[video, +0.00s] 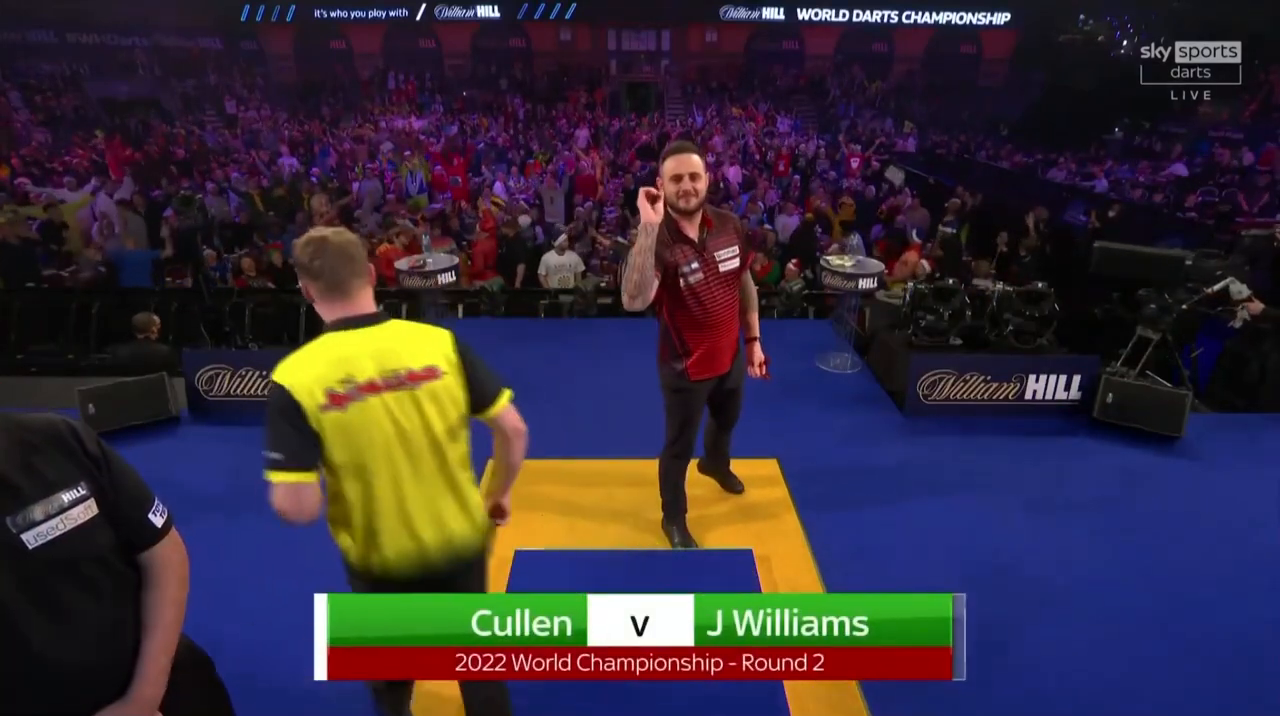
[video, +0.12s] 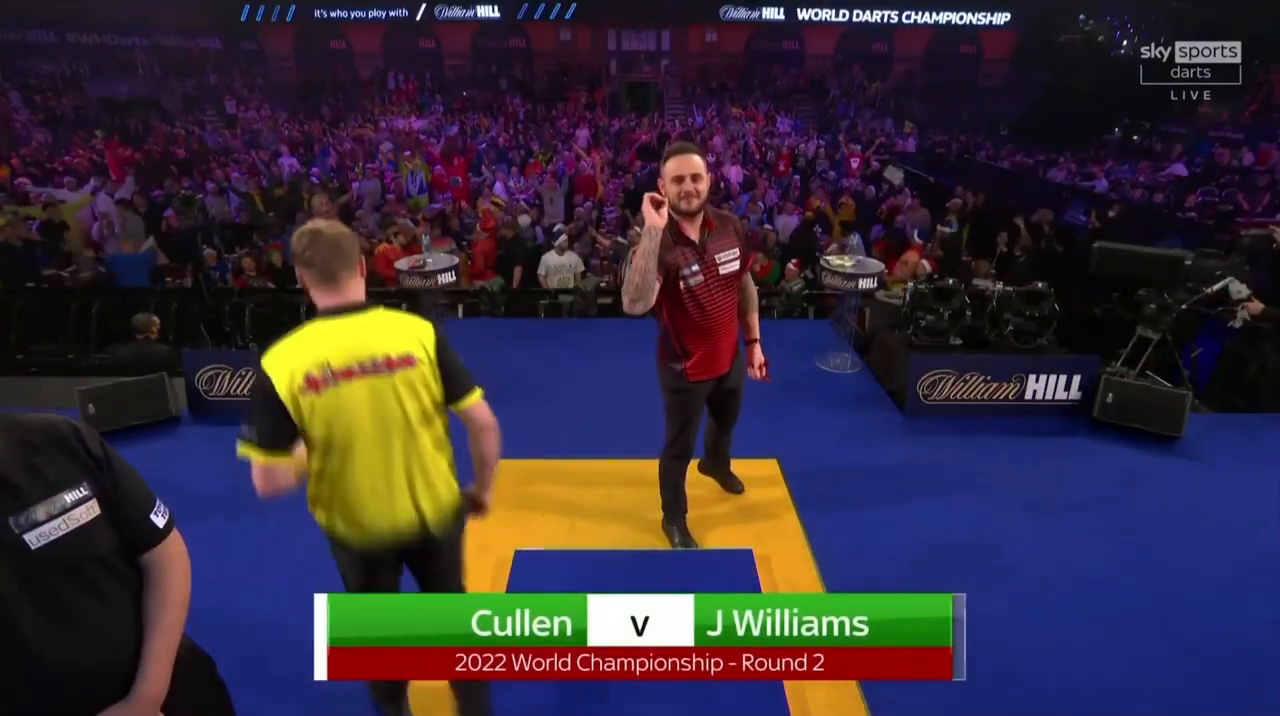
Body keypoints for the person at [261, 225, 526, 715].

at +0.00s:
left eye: (302, 283)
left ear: (308, 291)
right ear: (372, 275)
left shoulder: (296, 377)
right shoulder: (440, 343)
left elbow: (296, 505)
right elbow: (513, 430)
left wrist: (336, 476)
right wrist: (497, 495)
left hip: (379, 564)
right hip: (462, 548)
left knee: (391, 689)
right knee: (482, 674)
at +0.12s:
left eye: (304, 272)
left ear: (302, 280)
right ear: (363, 268)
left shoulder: (281, 363)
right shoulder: (419, 333)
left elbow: (268, 481)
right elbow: (484, 422)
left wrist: (313, 445)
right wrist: (483, 489)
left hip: (357, 529)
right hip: (434, 515)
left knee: (378, 633)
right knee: (457, 626)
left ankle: (392, 705)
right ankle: (474, 704)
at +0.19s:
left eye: (304, 267)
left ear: (303, 274)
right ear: (363, 262)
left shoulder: (280, 352)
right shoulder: (416, 326)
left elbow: (266, 467)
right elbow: (475, 417)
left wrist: (310, 434)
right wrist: (473, 481)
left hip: (352, 520)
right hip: (427, 505)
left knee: (377, 623)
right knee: (447, 607)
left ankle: (392, 705)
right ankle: (464, 704)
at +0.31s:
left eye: (307, 245)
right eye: (369, 242)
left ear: (309, 251)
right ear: (367, 245)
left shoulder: (281, 319)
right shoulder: (410, 310)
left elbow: (269, 419)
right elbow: (460, 404)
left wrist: (315, 398)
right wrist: (459, 454)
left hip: (342, 485)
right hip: (415, 473)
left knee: (372, 593)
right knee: (424, 537)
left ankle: (391, 701)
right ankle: (433, 633)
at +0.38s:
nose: (373, 246)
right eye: (374, 239)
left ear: (320, 244)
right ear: (374, 242)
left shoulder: (288, 307)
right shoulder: (411, 303)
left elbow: (278, 399)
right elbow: (455, 395)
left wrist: (323, 382)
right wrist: (451, 442)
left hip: (339, 473)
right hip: (411, 464)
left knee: (372, 585)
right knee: (422, 536)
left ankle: (390, 699)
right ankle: (431, 638)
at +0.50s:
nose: (388, 243)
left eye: (342, 236)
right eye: (389, 236)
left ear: (337, 239)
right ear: (391, 238)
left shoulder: (303, 295)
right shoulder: (418, 299)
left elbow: (291, 378)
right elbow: (452, 390)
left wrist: (331, 366)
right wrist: (441, 430)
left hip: (346, 453)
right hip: (414, 442)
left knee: (373, 563)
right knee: (421, 514)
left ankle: (387, 687)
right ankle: (430, 572)